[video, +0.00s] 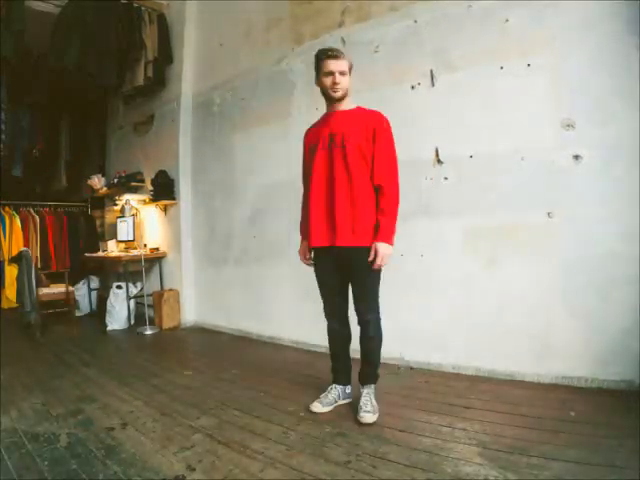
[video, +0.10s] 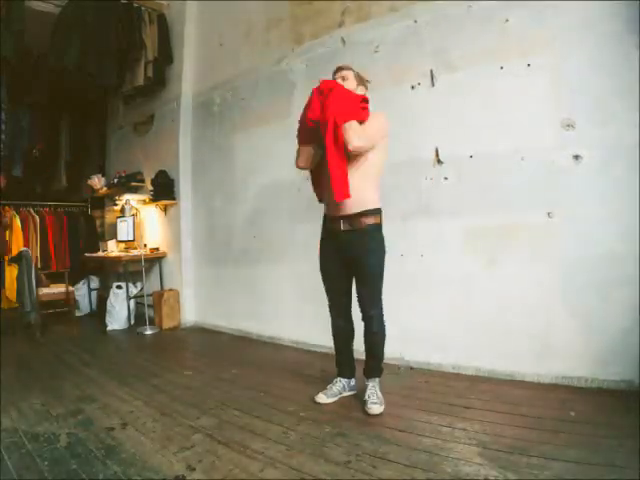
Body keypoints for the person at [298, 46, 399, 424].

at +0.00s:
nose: (336, 80)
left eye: (342, 73)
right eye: (329, 74)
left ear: (351, 76)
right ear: (319, 81)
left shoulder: (375, 123)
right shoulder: (313, 133)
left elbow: (388, 185)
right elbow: (309, 190)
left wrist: (385, 237)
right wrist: (305, 236)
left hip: (363, 240)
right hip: (325, 242)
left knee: (367, 317)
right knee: (335, 318)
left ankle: (368, 388)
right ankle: (342, 385)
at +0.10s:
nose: (336, 85)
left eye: (344, 80)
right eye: (333, 81)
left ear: (361, 91)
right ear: (328, 90)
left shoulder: (377, 122)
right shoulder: (325, 129)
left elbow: (354, 143)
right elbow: (302, 161)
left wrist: (337, 104)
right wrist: (315, 112)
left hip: (366, 231)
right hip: (332, 231)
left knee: (371, 310)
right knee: (338, 310)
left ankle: (372, 382)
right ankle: (345, 378)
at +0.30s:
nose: (277, 83)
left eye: (284, 79)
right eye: (273, 80)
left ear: (298, 92)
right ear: (269, 95)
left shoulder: (323, 138)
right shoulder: (254, 140)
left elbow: (336, 191)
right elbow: (247, 195)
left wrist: (338, 237)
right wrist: (249, 242)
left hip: (316, 238)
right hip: (274, 240)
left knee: (331, 312)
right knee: (284, 314)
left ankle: (349, 394)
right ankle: (294, 387)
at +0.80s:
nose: (330, 75)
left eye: (336, 69)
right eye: (323, 70)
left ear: (349, 74)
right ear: (316, 79)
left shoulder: (370, 126)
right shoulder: (303, 130)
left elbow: (385, 181)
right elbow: (293, 186)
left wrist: (391, 231)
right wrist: (297, 236)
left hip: (365, 237)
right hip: (322, 239)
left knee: (365, 315)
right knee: (328, 316)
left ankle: (364, 384)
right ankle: (333, 387)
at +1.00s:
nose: (298, 79)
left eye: (304, 72)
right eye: (298, 73)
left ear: (327, 75)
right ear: (316, 78)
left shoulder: (361, 114)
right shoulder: (305, 130)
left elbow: (378, 172)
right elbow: (299, 178)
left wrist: (325, 191)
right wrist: (294, 192)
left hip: (349, 233)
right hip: (311, 233)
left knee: (355, 315)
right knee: (318, 314)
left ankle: (362, 401)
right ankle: (321, 388)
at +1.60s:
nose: (316, 84)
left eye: (323, 77)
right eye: (314, 79)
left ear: (344, 82)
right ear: (313, 87)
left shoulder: (365, 124)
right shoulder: (310, 136)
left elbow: (386, 176)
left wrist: (344, 154)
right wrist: (288, 164)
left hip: (352, 226)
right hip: (319, 228)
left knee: (358, 308)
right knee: (326, 305)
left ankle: (363, 385)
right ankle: (336, 381)